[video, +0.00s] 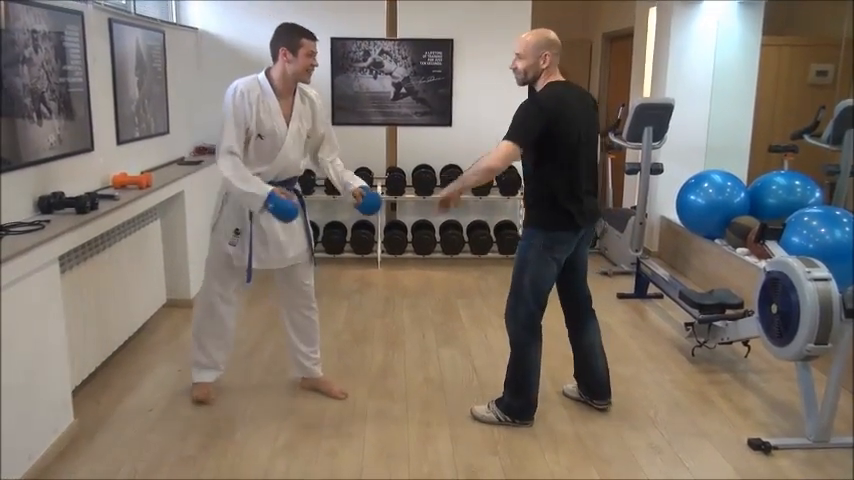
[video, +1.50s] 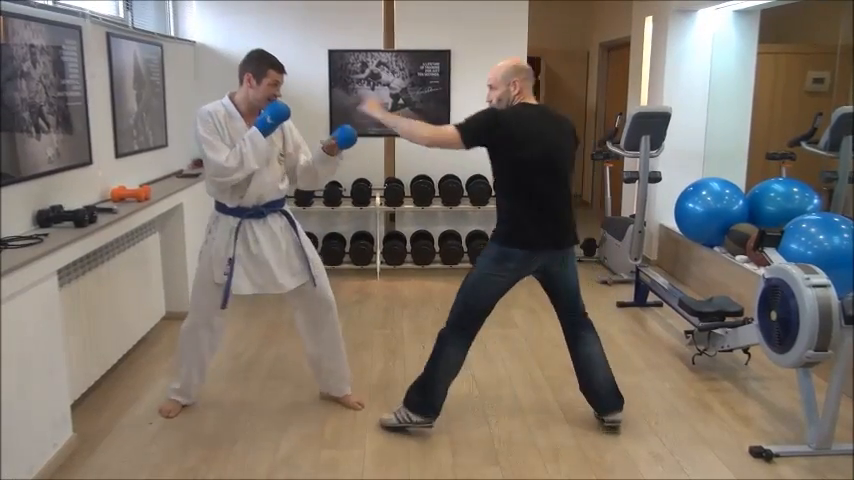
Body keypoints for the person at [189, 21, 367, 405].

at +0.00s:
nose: (316, 63)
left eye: (316, 56)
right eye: (310, 56)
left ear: (296, 58)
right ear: (284, 55)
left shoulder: (311, 99)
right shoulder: (244, 92)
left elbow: (326, 154)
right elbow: (227, 160)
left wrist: (354, 186)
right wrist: (267, 193)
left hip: (286, 200)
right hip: (241, 199)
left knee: (301, 287)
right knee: (221, 288)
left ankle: (310, 372)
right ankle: (205, 375)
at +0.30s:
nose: (291, 64)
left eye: (291, 57)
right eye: (284, 57)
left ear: (275, 61)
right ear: (258, 58)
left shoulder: (292, 104)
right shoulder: (222, 96)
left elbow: (310, 158)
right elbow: (209, 159)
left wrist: (330, 193)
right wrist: (265, 177)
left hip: (278, 208)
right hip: (228, 209)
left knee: (299, 295)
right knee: (205, 294)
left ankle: (311, 376)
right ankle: (184, 378)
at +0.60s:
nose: (266, 66)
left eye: (266, 59)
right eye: (259, 59)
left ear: (247, 62)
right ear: (233, 60)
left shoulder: (266, 106)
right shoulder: (200, 99)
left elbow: (277, 164)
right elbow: (198, 162)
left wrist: (301, 189)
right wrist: (256, 148)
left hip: (265, 209)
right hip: (217, 212)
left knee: (301, 293)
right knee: (201, 300)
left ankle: (319, 375)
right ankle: (184, 382)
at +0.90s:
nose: (279, 80)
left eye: (282, 73)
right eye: (274, 72)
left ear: (275, 73)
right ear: (248, 67)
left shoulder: (285, 110)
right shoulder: (216, 106)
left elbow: (327, 153)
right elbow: (228, 161)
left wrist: (361, 132)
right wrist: (275, 127)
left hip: (285, 214)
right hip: (237, 217)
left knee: (314, 300)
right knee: (212, 303)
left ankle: (331, 378)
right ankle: (188, 384)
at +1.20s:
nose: (287, 103)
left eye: (290, 97)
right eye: (284, 95)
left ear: (267, 91)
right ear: (259, 87)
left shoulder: (282, 128)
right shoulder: (219, 121)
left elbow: (301, 182)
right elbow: (232, 174)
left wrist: (325, 161)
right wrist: (277, 140)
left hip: (279, 228)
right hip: (232, 230)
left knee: (331, 301)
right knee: (202, 317)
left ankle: (334, 382)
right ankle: (185, 388)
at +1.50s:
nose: (277, 93)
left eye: (279, 87)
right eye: (272, 85)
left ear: (276, 87)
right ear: (248, 80)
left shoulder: (279, 121)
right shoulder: (211, 117)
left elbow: (303, 176)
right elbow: (224, 172)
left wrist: (328, 152)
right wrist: (262, 130)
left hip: (278, 222)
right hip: (229, 225)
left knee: (320, 301)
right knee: (203, 312)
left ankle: (334, 385)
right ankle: (183, 391)